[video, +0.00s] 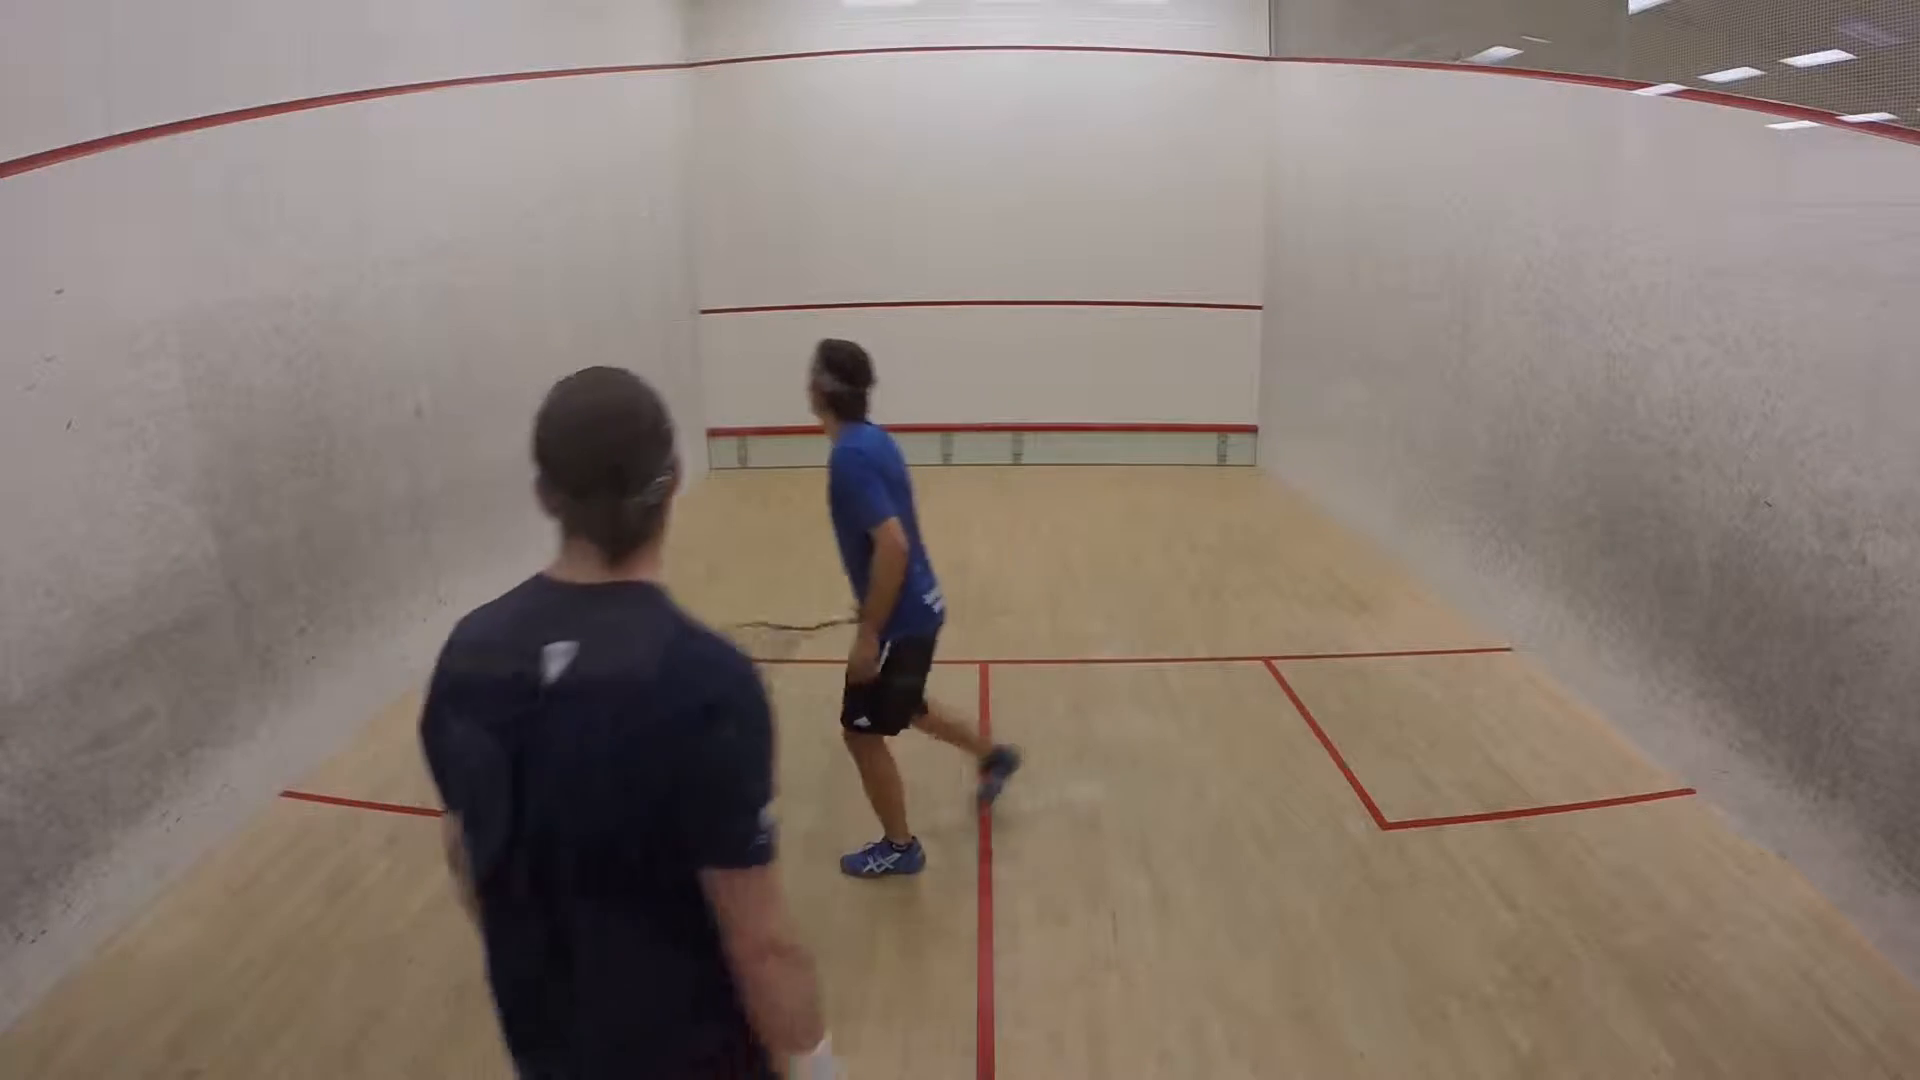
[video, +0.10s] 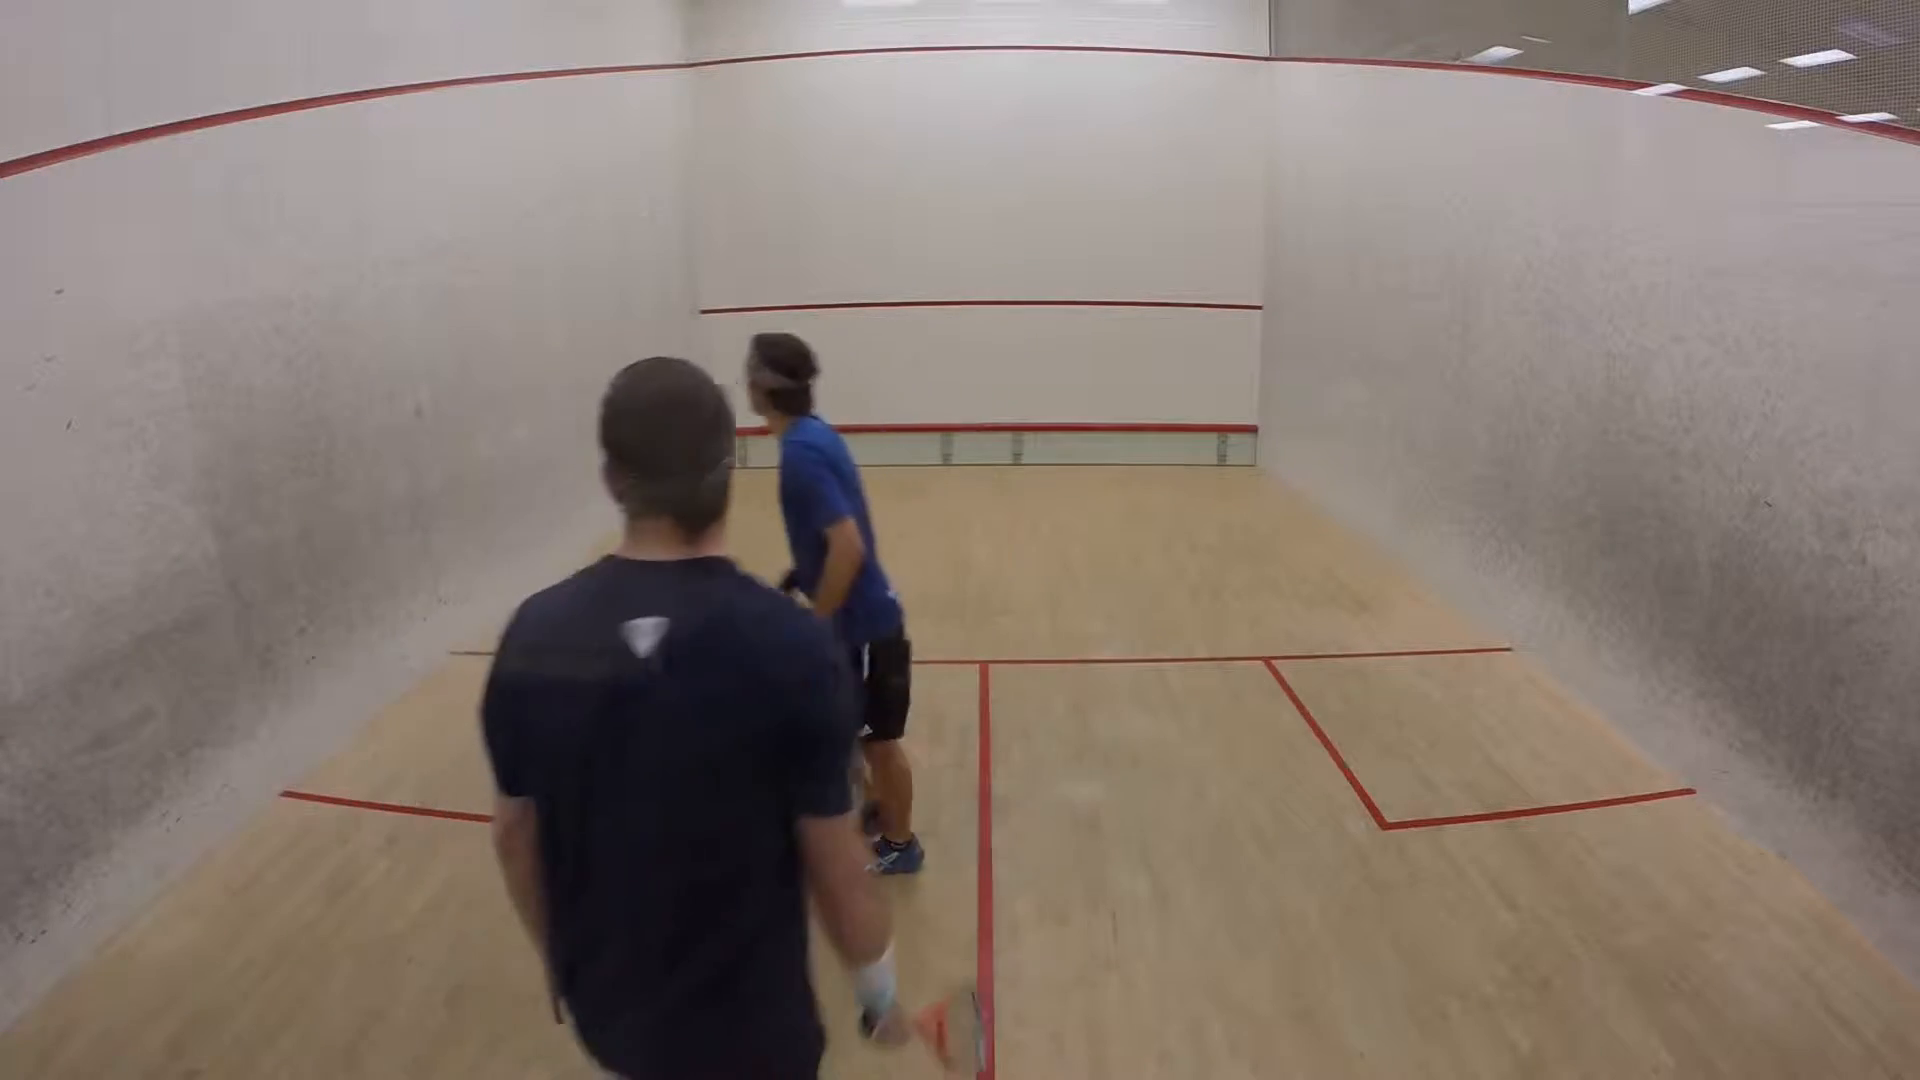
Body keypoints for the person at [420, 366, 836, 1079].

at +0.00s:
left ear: (542, 493)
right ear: (672, 487)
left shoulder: (473, 653)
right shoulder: (709, 679)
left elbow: (472, 871)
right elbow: (760, 943)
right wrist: (810, 1060)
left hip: (546, 1042)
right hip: (695, 1045)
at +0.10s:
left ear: (610, 477)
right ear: (729, 466)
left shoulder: (539, 631)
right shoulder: (790, 644)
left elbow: (516, 837)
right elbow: (835, 858)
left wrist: (559, 965)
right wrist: (879, 992)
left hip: (607, 1001)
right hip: (751, 1011)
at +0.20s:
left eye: (662, 466)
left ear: (667, 482)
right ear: (779, 471)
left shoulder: (608, 630)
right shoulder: (857, 625)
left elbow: (571, 832)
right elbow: (905, 823)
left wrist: (596, 949)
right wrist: (923, 902)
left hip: (675, 952)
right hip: (818, 952)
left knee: (756, 1060)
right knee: (825, 1062)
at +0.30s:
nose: (697, 487)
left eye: (697, 472)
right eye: (698, 469)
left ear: (713, 483)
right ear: (804, 464)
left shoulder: (663, 624)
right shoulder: (898, 598)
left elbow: (628, 808)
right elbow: (945, 766)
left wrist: (639, 934)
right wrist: (959, 846)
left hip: (747, 921)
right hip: (874, 912)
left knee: (827, 1033)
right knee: (886, 1061)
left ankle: (893, 1069)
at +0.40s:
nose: (718, 473)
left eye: (717, 455)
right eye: (714, 454)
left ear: (747, 459)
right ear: (819, 439)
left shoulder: (703, 604)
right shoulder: (928, 557)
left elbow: (678, 784)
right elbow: (981, 714)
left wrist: (686, 899)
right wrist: (989, 794)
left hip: (791, 876)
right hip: (912, 861)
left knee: (860, 984)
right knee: (939, 1047)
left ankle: (891, 1078)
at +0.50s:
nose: (737, 445)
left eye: (740, 428)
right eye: (735, 427)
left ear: (780, 433)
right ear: (841, 417)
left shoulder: (734, 571)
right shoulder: (953, 525)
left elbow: (713, 752)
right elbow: (1009, 678)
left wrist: (734, 837)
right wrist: (1022, 756)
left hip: (824, 835)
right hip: (944, 822)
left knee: (866, 971)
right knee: (988, 956)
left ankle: (894, 1077)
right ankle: (960, 1073)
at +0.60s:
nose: (759, 429)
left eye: (765, 411)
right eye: (759, 410)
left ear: (814, 417)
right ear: (862, 403)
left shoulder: (769, 549)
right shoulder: (974, 506)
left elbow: (747, 731)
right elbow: (1033, 654)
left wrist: (781, 789)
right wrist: (1052, 738)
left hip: (851, 809)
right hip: (971, 794)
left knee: (876, 966)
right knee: (1013, 913)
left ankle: (897, 1078)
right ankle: (1026, 1054)